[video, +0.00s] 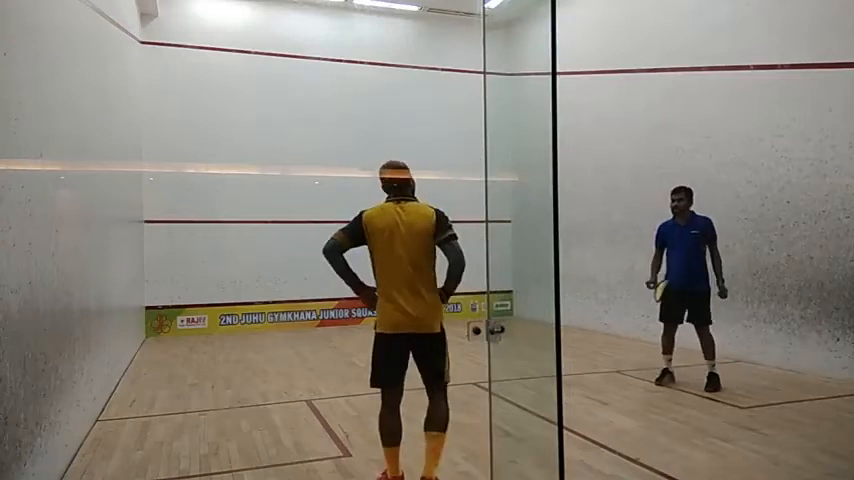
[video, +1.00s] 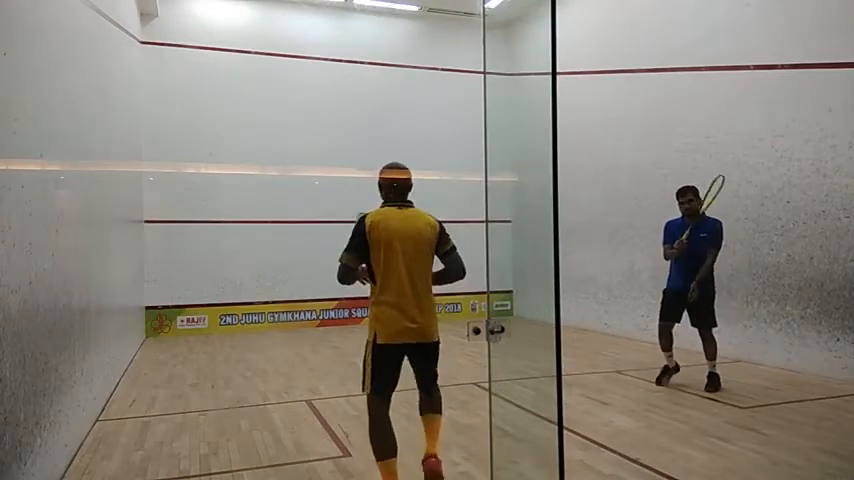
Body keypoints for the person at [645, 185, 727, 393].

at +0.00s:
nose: (675, 204)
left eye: (680, 200)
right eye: (673, 201)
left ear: (690, 202)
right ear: (670, 203)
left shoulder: (704, 224)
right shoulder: (664, 229)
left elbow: (714, 253)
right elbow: (658, 255)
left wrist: (720, 281)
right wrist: (653, 277)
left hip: (698, 288)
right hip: (673, 288)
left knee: (702, 329)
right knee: (668, 328)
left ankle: (712, 373)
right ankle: (667, 370)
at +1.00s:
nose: (686, 206)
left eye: (690, 201)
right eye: (682, 203)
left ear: (700, 202)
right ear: (678, 206)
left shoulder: (713, 226)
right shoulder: (672, 226)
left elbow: (710, 260)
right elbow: (666, 254)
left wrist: (696, 283)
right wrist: (675, 250)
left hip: (701, 288)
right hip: (675, 287)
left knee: (705, 332)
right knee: (664, 328)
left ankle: (712, 373)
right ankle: (670, 365)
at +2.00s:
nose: (588, 205)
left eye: (590, 202)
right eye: (589, 201)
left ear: (599, 203)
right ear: (607, 204)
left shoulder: (602, 225)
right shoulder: (620, 223)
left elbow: (610, 254)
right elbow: (639, 239)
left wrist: (609, 286)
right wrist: (657, 240)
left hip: (615, 287)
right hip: (628, 286)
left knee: (596, 327)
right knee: (620, 329)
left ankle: (612, 378)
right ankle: (635, 378)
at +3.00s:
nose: (512, 221)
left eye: (515, 218)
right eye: (514, 217)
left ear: (521, 221)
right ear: (535, 222)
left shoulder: (514, 246)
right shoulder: (547, 247)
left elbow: (510, 282)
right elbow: (553, 280)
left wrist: (497, 312)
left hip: (523, 310)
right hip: (548, 310)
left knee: (499, 355)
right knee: (549, 345)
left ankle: (504, 406)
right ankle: (584, 386)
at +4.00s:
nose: (457, 221)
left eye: (457, 218)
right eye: (458, 218)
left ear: (458, 219)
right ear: (474, 217)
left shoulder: (459, 240)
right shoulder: (488, 235)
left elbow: (462, 269)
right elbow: (505, 262)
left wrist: (454, 281)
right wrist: (501, 285)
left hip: (480, 295)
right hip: (497, 292)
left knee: (490, 338)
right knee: (502, 330)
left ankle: (514, 370)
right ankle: (525, 355)